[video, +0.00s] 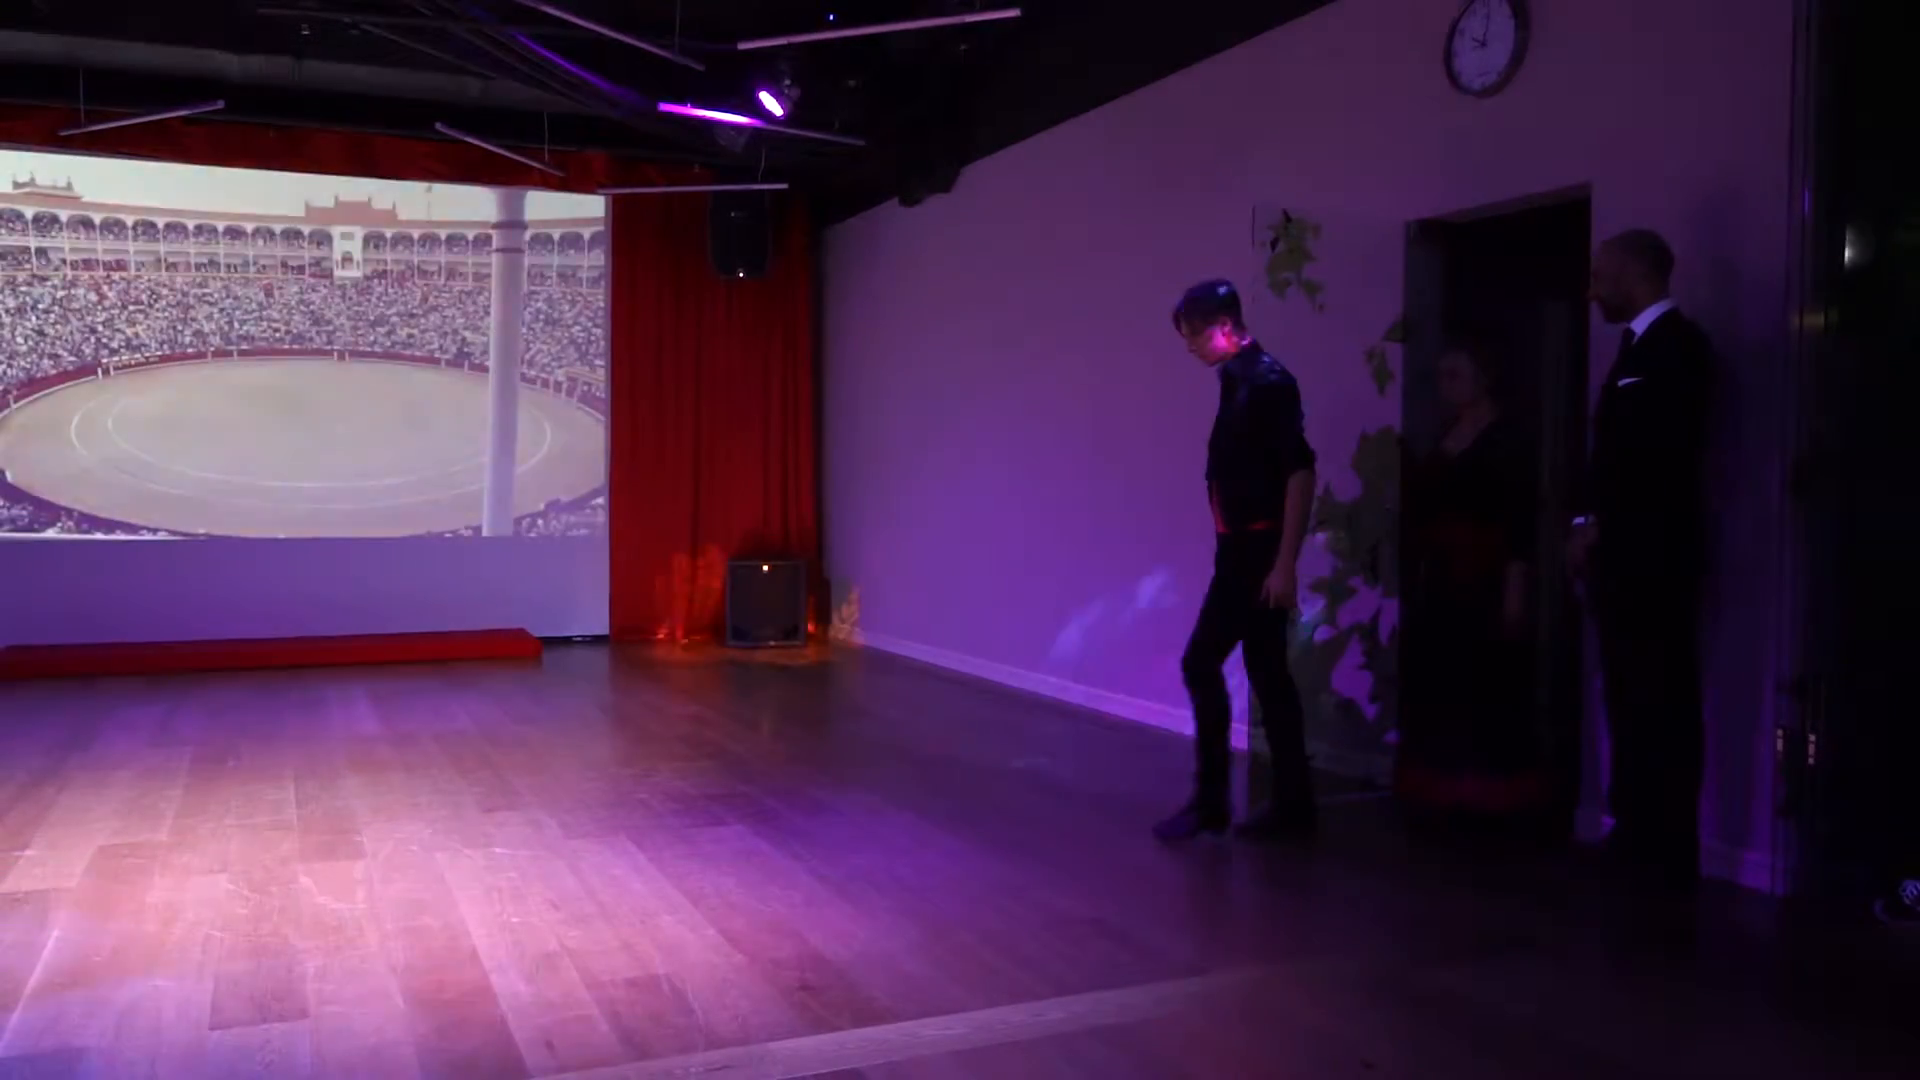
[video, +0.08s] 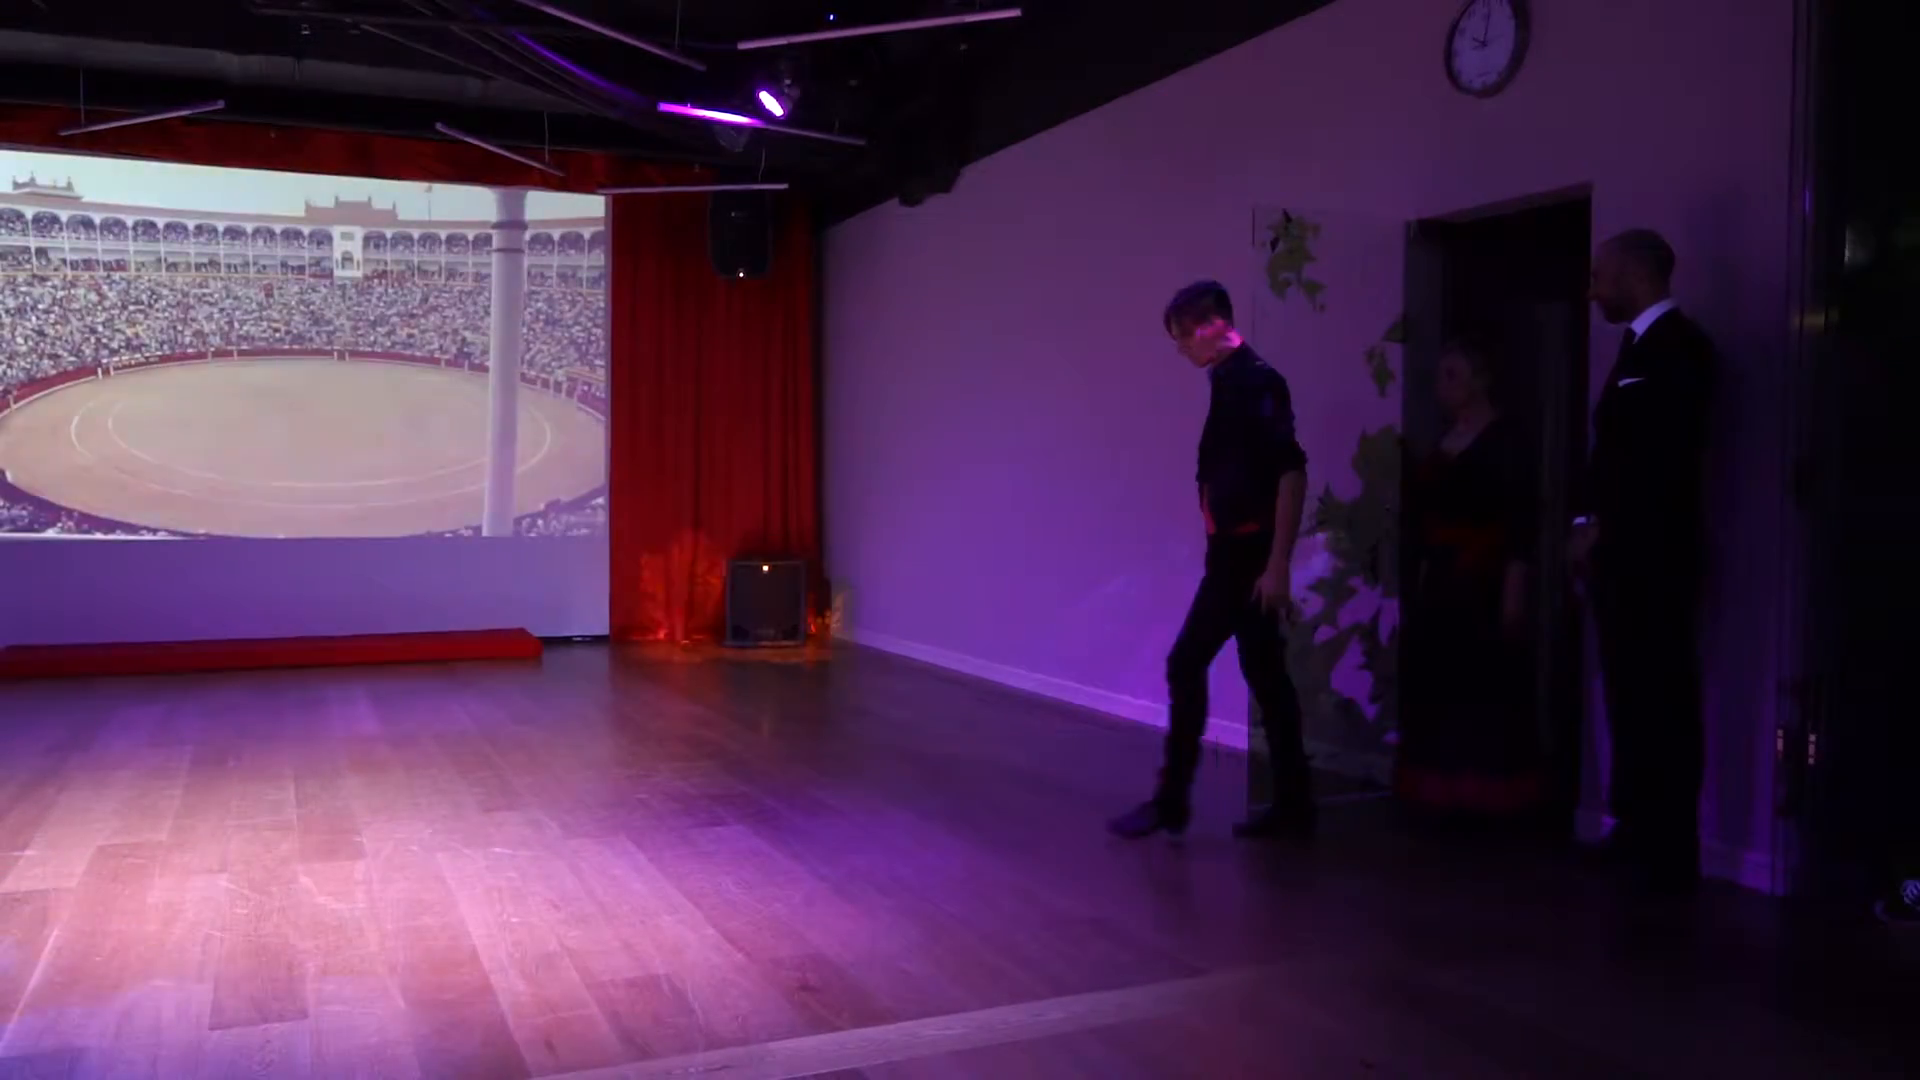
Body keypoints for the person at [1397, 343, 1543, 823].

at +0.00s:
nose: (1447, 385)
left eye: (1456, 376)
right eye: (1443, 376)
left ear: (1482, 379)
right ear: (1440, 380)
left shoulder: (1505, 437)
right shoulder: (1441, 438)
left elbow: (1515, 516)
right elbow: (1424, 512)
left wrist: (1513, 586)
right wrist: (1414, 572)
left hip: (1487, 587)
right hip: (1438, 584)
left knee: (1485, 694)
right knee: (1439, 691)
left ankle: (1488, 798)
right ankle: (1437, 795)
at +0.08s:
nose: (1445, 386)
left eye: (1455, 376)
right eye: (1442, 376)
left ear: (1479, 380)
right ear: (1441, 381)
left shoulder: (1504, 439)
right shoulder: (1443, 439)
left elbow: (1513, 517)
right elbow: (1424, 513)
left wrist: (1511, 586)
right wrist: (1414, 575)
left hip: (1486, 584)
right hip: (1439, 581)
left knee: (1483, 688)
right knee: (1438, 684)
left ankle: (1486, 792)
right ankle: (1437, 790)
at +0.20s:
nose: (1440, 387)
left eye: (1451, 377)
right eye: (1439, 377)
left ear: (1476, 382)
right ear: (1438, 383)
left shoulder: (1500, 440)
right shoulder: (1438, 441)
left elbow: (1511, 519)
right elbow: (1421, 514)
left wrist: (1510, 588)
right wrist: (1412, 575)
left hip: (1483, 586)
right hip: (1435, 584)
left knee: (1481, 689)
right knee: (1434, 686)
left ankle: (1483, 793)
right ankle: (1433, 791)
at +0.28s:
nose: (1434, 389)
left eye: (1444, 379)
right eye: (1432, 379)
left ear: (1469, 383)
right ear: (1433, 384)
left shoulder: (1496, 440)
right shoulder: (1434, 442)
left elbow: (1510, 517)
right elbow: (1418, 514)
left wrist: (1510, 586)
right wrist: (1410, 575)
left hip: (1482, 587)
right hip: (1433, 585)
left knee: (1480, 690)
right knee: (1432, 687)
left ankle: (1484, 793)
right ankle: (1433, 792)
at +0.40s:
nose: (1427, 391)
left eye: (1436, 381)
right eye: (1425, 381)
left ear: (1460, 385)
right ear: (1426, 388)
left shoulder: (1486, 444)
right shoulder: (1423, 446)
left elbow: (1499, 518)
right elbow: (1414, 519)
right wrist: (1410, 581)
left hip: (1473, 590)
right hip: (1426, 589)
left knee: (1472, 693)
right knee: (1426, 690)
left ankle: (1477, 793)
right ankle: (1425, 791)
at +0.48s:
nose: (1418, 397)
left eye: (1427, 385)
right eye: (1414, 386)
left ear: (1452, 391)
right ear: (1410, 392)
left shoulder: (1474, 444)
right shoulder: (1416, 445)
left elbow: (1485, 519)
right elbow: (1405, 513)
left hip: (1461, 585)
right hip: (1418, 584)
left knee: (1457, 690)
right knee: (1419, 690)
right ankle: (1415, 788)